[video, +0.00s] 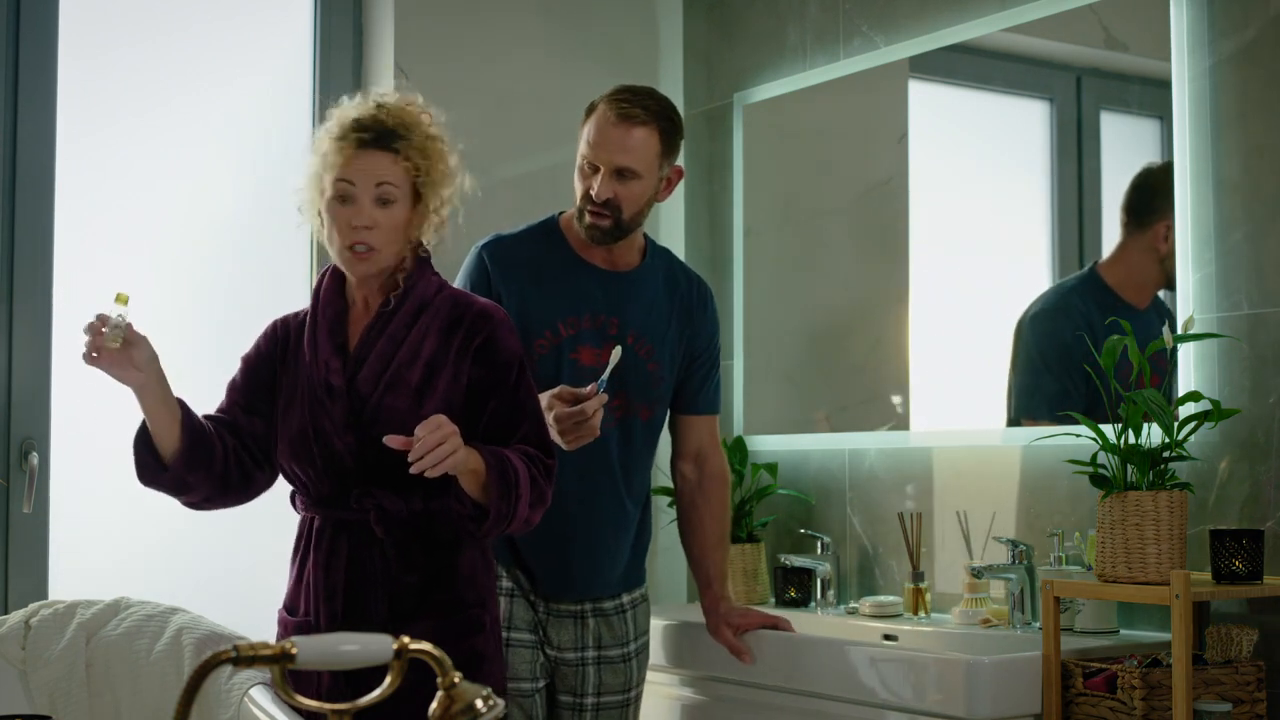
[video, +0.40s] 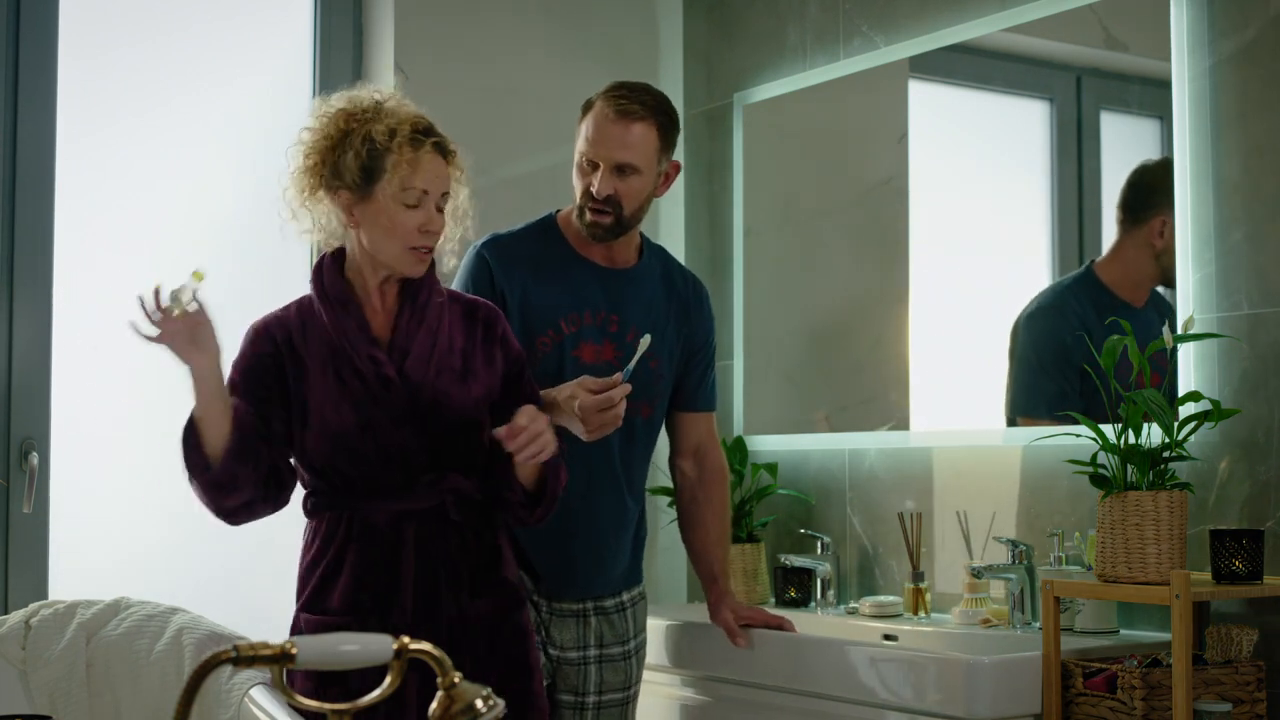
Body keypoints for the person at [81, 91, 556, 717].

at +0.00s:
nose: (360, 218)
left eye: (385, 199)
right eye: (343, 197)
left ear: (422, 214)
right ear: (321, 208)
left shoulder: (477, 331)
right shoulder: (289, 343)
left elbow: (529, 485)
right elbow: (222, 473)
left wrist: (466, 460)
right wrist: (148, 381)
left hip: (445, 617)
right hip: (319, 617)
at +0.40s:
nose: (435, 224)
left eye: (441, 204)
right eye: (412, 201)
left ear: (451, 207)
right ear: (348, 205)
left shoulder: (479, 328)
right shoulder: (284, 341)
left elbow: (529, 505)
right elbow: (241, 497)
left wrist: (535, 454)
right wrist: (205, 369)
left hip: (479, 612)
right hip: (349, 619)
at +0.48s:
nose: (441, 227)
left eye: (446, 207)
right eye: (420, 206)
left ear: (453, 210)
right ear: (355, 211)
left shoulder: (478, 327)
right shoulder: (291, 336)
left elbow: (509, 489)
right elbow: (253, 481)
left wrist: (538, 448)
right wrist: (233, 336)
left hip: (482, 602)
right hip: (358, 606)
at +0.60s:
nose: (443, 234)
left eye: (451, 215)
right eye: (423, 211)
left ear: (461, 217)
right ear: (360, 210)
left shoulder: (475, 331)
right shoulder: (305, 325)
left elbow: (509, 488)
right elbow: (282, 453)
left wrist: (562, 434)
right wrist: (281, 300)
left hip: (485, 600)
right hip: (368, 602)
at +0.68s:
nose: (459, 240)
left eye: (464, 220)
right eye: (439, 217)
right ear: (373, 217)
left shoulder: (474, 336)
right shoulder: (301, 328)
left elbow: (508, 491)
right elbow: (309, 446)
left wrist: (578, 435)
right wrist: (325, 293)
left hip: (487, 604)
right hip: (372, 609)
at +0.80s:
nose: (476, 247)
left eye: (482, 227)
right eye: (457, 222)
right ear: (389, 217)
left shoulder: (477, 346)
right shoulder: (316, 332)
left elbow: (507, 491)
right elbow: (365, 454)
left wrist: (599, 445)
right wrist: (392, 304)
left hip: (490, 611)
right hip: (377, 617)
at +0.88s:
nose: (498, 251)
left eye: (501, 229)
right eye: (479, 226)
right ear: (407, 223)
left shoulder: (482, 349)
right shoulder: (330, 335)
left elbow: (510, 495)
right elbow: (403, 460)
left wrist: (611, 450)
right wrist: (442, 314)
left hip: (495, 611)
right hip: (385, 618)